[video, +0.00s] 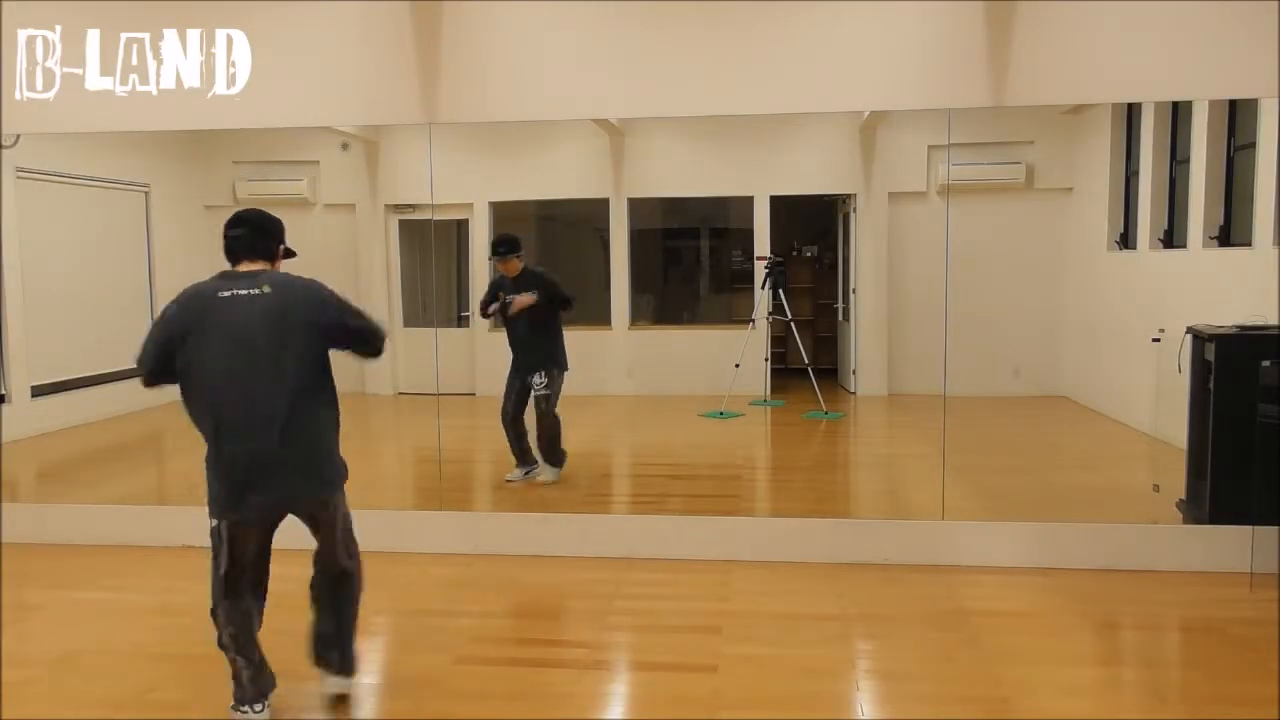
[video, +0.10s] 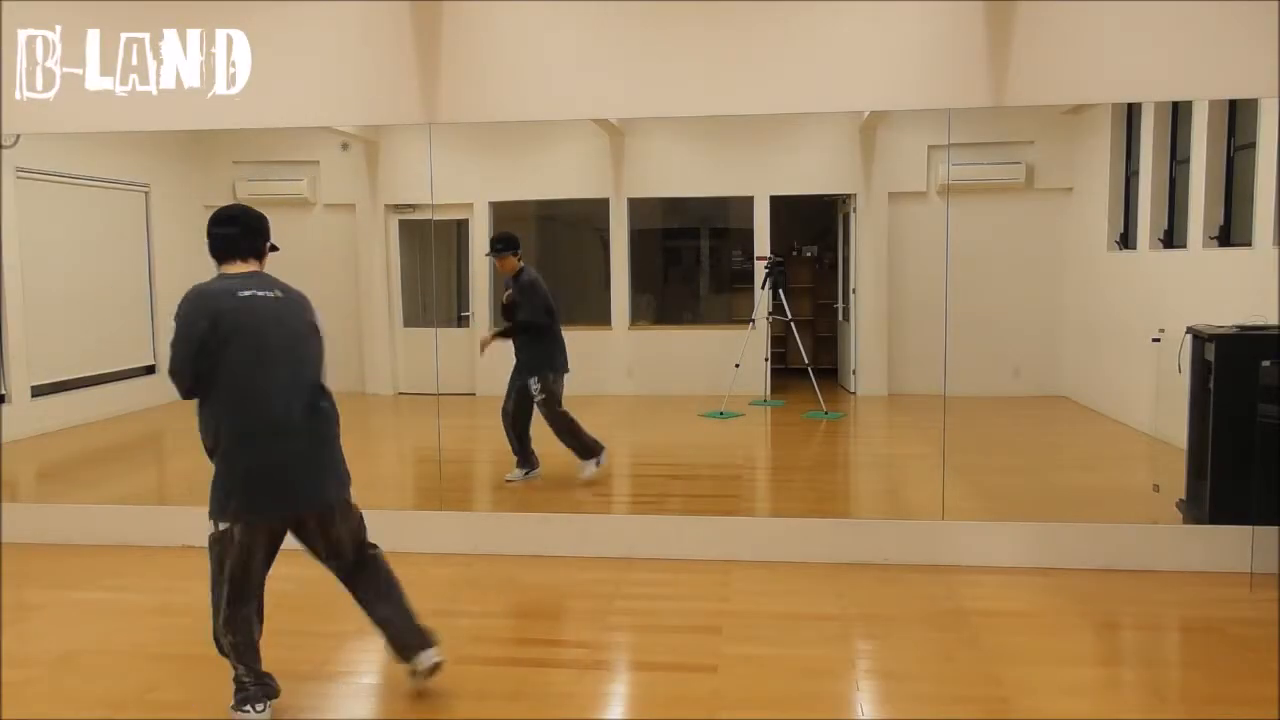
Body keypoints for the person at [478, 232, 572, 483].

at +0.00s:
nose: (498, 266)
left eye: (501, 261)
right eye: (496, 261)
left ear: (515, 258)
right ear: (498, 261)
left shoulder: (540, 279)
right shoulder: (500, 283)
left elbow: (565, 303)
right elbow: (484, 309)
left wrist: (532, 300)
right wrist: (502, 306)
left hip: (549, 359)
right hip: (521, 360)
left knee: (545, 412)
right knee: (510, 415)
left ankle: (553, 462)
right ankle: (526, 463)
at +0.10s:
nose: (497, 264)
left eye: (501, 259)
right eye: (495, 259)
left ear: (515, 256)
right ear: (499, 259)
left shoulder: (529, 282)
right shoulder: (513, 283)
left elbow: (532, 323)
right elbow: (514, 323)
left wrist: (495, 335)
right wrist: (508, 305)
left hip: (546, 360)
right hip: (527, 360)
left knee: (551, 411)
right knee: (512, 413)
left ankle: (593, 452)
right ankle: (527, 463)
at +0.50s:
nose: (507, 252)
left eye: (512, 246)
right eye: (505, 247)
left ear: (525, 246)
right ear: (503, 249)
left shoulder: (541, 273)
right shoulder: (503, 277)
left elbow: (544, 302)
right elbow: (493, 306)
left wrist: (509, 296)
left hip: (546, 350)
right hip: (518, 351)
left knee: (551, 407)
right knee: (514, 409)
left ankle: (556, 455)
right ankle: (524, 463)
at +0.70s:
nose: (530, 243)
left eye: (534, 238)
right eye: (525, 238)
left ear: (541, 239)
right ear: (516, 241)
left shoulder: (553, 268)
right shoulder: (507, 273)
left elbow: (570, 297)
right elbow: (502, 302)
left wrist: (547, 293)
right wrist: (508, 318)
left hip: (549, 347)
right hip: (521, 348)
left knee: (546, 407)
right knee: (524, 405)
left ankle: (533, 457)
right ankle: (508, 453)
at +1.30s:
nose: (536, 242)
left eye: (541, 237)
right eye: (531, 237)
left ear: (548, 239)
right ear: (523, 239)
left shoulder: (556, 272)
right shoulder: (512, 273)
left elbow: (569, 304)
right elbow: (494, 312)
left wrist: (561, 314)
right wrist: (483, 347)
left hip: (547, 348)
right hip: (521, 349)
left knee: (546, 407)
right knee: (532, 407)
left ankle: (533, 457)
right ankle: (517, 450)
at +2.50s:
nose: (540, 248)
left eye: (544, 243)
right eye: (536, 243)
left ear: (555, 245)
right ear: (531, 245)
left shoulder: (568, 275)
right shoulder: (521, 276)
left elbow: (575, 317)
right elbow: (516, 318)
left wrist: (572, 353)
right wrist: (518, 352)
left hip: (559, 354)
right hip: (529, 353)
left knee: (559, 410)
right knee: (522, 407)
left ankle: (552, 457)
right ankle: (524, 459)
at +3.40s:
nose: (526, 284)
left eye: (529, 279)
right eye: (521, 280)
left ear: (537, 270)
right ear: (514, 274)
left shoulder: (553, 289)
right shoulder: (509, 291)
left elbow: (561, 330)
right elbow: (504, 332)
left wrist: (564, 367)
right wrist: (505, 367)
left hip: (549, 359)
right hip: (521, 360)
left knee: (547, 405)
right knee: (520, 410)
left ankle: (551, 449)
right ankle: (531, 457)